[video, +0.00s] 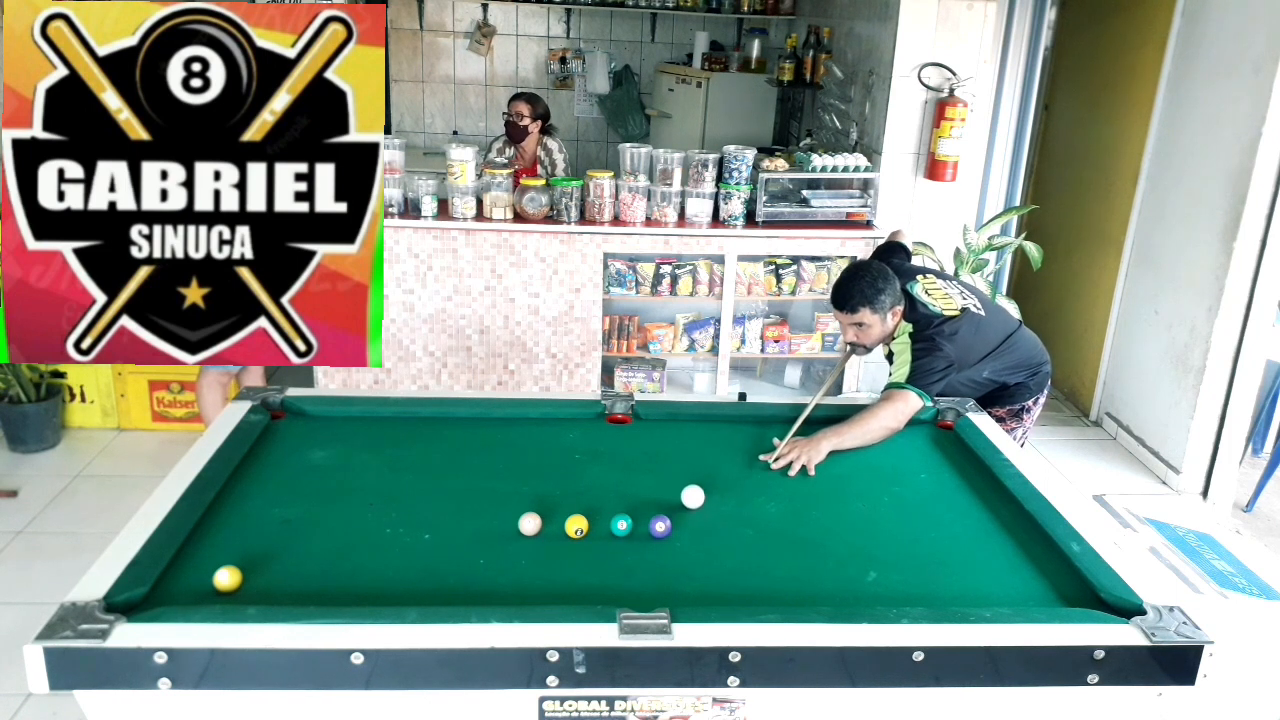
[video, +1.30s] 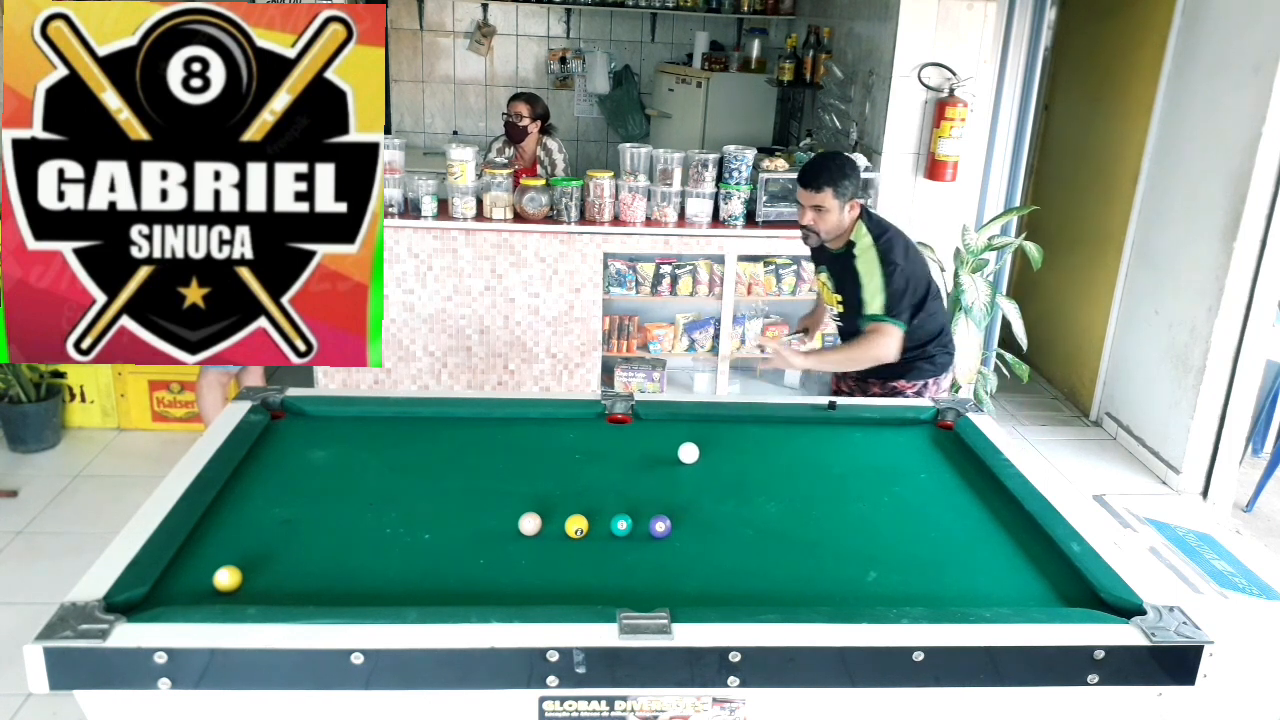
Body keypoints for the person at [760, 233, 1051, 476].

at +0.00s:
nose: (849, 338)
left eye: (861, 327)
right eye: (842, 324)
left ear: (895, 316)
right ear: (837, 309)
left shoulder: (930, 342)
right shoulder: (894, 269)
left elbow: (894, 412)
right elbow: (897, 240)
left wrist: (823, 441)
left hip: (1020, 376)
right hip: (970, 363)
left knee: (988, 475)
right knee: (947, 459)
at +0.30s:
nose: (843, 297)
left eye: (854, 287)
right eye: (838, 285)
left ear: (890, 279)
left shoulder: (919, 313)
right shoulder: (893, 250)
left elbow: (892, 391)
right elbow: (905, 231)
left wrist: (829, 437)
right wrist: (887, 307)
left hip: (1003, 377)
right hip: (947, 371)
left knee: (978, 477)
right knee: (929, 463)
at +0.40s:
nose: (839, 279)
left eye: (851, 269)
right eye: (835, 267)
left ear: (887, 264)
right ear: (829, 256)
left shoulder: (918, 294)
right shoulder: (888, 245)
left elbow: (900, 382)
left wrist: (831, 424)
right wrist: (887, 312)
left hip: (994, 377)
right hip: (939, 371)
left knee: (975, 479)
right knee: (924, 468)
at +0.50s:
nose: (834, 257)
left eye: (846, 247)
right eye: (830, 245)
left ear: (882, 243)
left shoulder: (914, 278)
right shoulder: (878, 254)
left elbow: (895, 373)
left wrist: (811, 396)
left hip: (980, 381)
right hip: (930, 375)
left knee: (968, 489)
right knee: (917, 480)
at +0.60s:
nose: (833, 247)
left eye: (845, 237)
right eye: (830, 235)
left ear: (882, 234)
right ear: (826, 226)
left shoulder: (912, 273)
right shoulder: (874, 248)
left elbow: (876, 364)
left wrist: (791, 386)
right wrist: (872, 315)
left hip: (971, 380)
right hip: (915, 372)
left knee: (954, 488)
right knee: (896, 476)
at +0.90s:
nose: (822, 227)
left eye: (835, 217)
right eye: (819, 214)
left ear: (870, 216)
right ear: (816, 204)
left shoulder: (894, 255)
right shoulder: (856, 236)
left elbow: (903, 353)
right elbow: (869, 278)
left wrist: (833, 390)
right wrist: (850, 305)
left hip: (948, 371)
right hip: (901, 363)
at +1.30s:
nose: (804, 220)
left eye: (818, 210)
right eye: (801, 207)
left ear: (852, 209)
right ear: (798, 198)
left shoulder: (883, 252)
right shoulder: (821, 233)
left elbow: (884, 346)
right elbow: (829, 279)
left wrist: (804, 360)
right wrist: (818, 313)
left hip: (911, 377)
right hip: (855, 368)